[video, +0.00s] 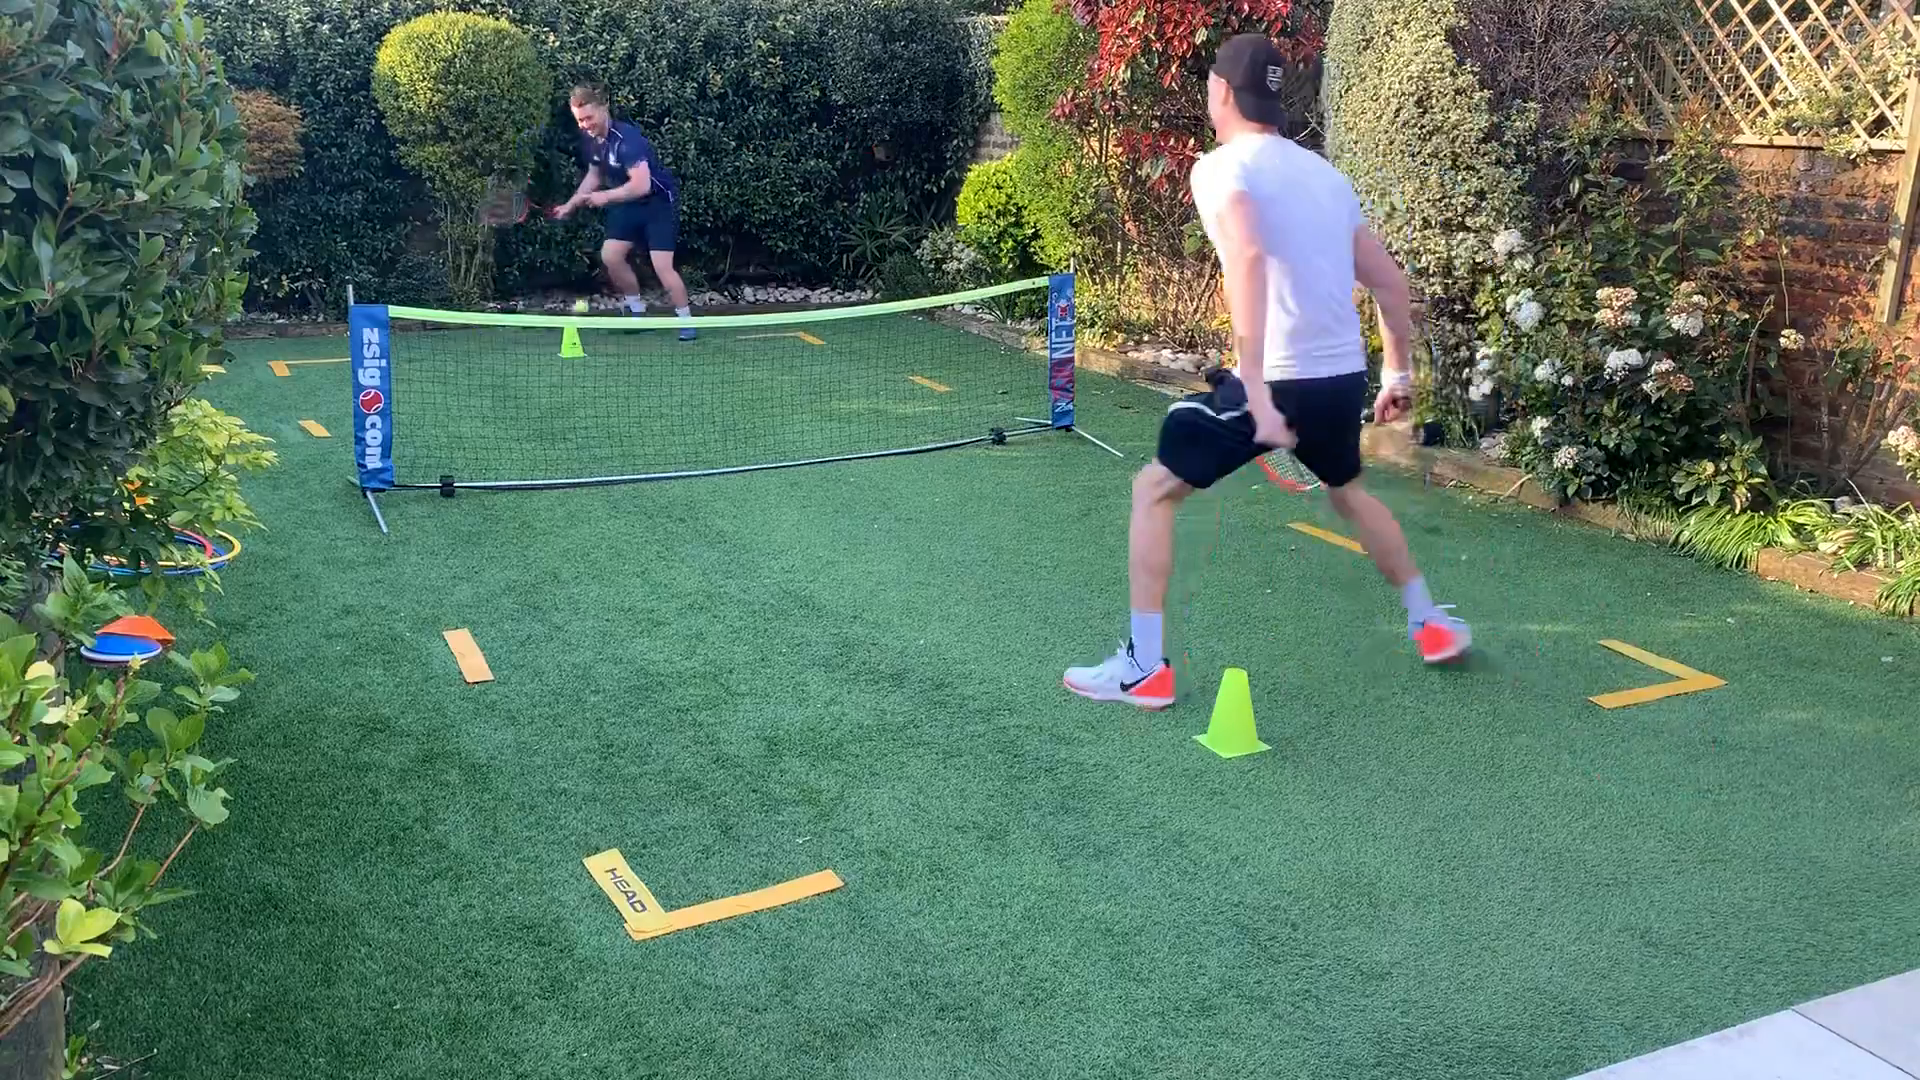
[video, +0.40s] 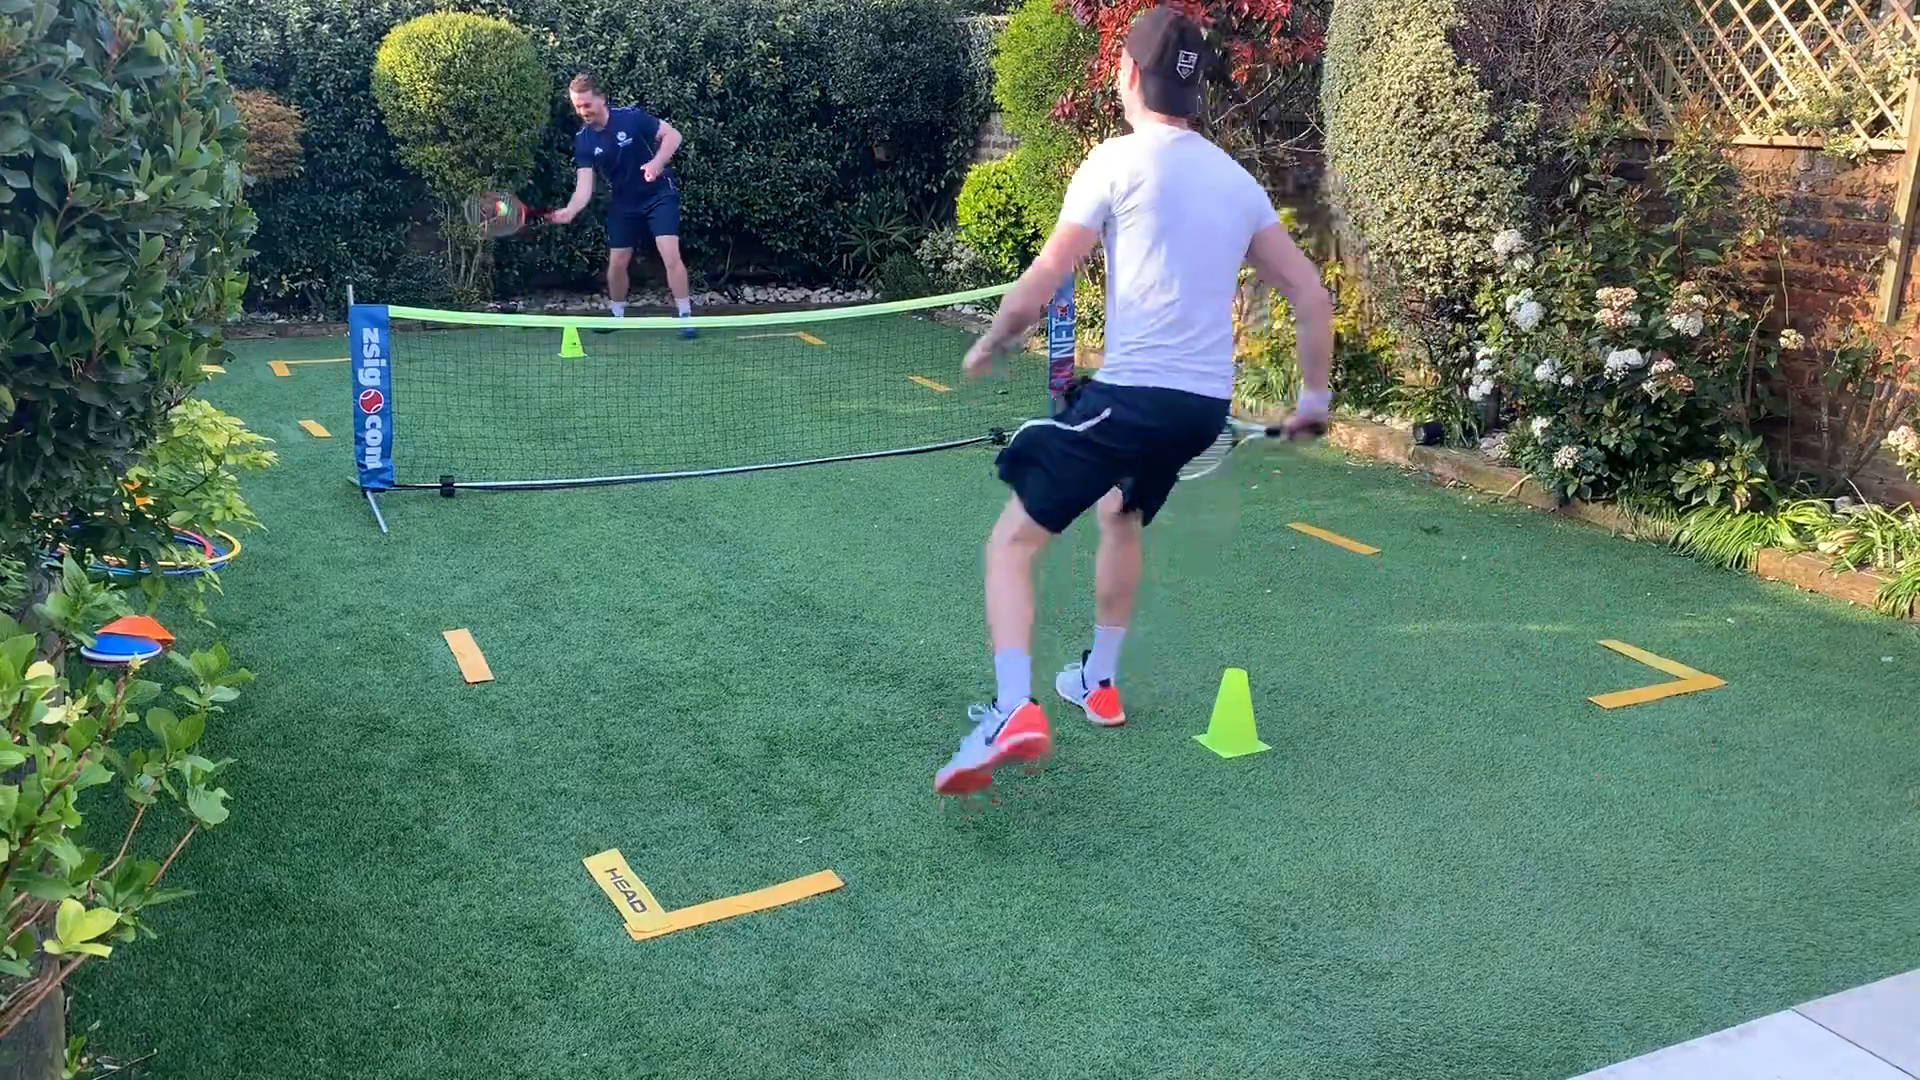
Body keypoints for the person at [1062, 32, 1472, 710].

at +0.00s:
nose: (1206, 96)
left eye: (1209, 85)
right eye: (1209, 84)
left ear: (1222, 92)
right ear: (1276, 93)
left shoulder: (1222, 165)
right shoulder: (1326, 173)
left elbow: (1246, 256)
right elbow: (1388, 279)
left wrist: (1253, 385)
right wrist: (1398, 370)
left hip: (1271, 385)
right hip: (1344, 382)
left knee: (1152, 490)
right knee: (1349, 491)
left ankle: (1143, 662)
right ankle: (1428, 618)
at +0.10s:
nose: (1172, 81)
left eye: (1174, 71)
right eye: (1175, 71)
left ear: (1185, 73)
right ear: (1247, 75)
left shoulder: (1179, 135)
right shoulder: (1298, 152)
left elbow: (1206, 221)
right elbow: (1380, 246)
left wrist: (1207, 351)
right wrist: (1396, 334)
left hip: (1217, 357)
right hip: (1299, 363)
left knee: (1144, 484)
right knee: (1274, 467)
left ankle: (1137, 660)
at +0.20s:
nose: (1145, 67)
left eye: (1146, 55)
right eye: (1148, 55)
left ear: (1159, 57)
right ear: (1220, 64)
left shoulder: (1156, 121)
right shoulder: (1277, 137)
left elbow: (1137, 235)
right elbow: (1371, 223)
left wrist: (1094, 349)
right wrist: (1382, 318)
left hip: (1198, 340)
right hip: (1276, 349)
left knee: (1111, 476)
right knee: (1194, 465)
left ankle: (1081, 646)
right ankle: (1164, 629)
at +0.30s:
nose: (1129, 71)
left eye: (1130, 60)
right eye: (1133, 59)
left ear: (1140, 64)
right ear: (1203, 71)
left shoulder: (1134, 146)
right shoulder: (1256, 155)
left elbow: (1062, 275)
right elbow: (1351, 246)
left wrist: (996, 356)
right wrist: (1360, 350)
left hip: (1162, 362)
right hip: (1238, 375)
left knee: (1052, 500)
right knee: (1136, 503)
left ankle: (1028, 688)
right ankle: (1102, 678)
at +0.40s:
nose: (1119, 79)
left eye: (1122, 68)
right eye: (1124, 67)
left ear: (1132, 79)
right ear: (1201, 88)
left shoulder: (1117, 162)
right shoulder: (1238, 182)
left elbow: (1036, 291)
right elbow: (1310, 293)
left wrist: (992, 340)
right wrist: (1316, 398)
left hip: (1128, 393)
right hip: (1205, 404)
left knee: (1012, 541)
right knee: (1122, 514)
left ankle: (1015, 707)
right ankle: (1099, 681)